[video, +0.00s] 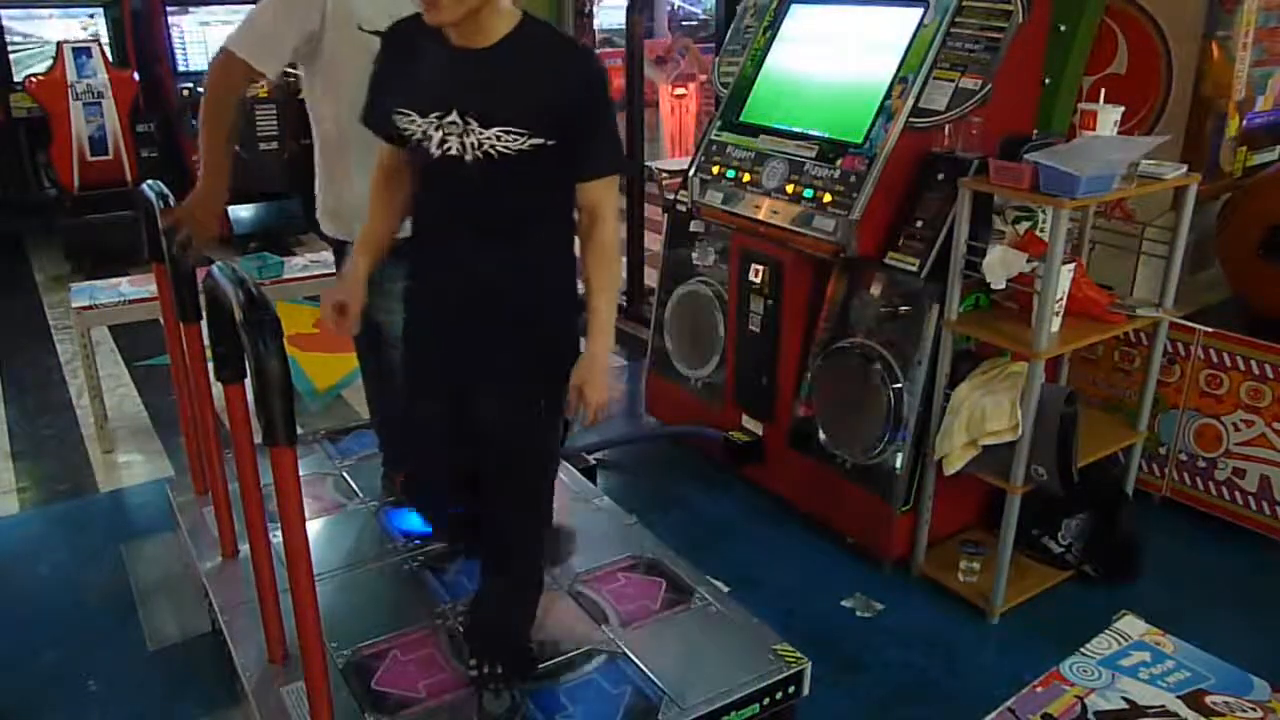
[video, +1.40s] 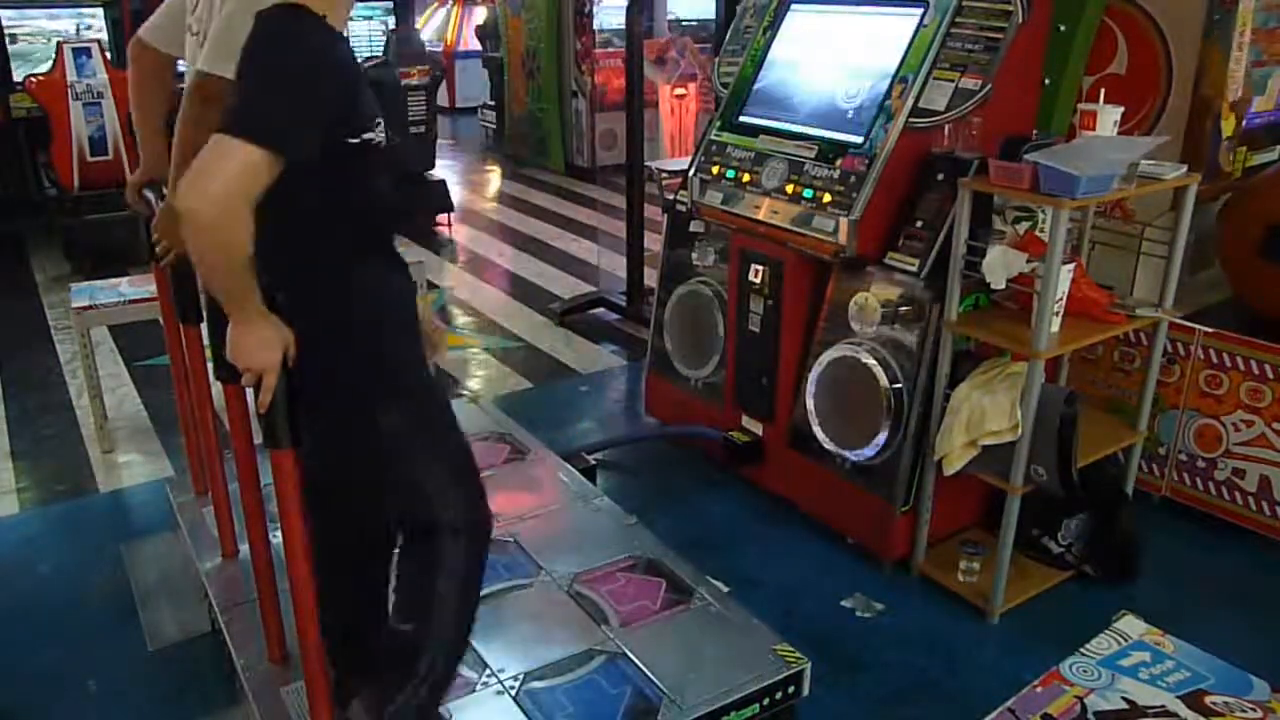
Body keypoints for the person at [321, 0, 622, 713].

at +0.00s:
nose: (425, 4)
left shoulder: (570, 70)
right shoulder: (408, 45)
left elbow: (599, 216)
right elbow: (395, 166)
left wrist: (600, 346)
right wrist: (357, 267)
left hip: (531, 325)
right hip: (436, 319)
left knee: (514, 505)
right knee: (436, 481)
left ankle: (501, 661)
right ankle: (529, 541)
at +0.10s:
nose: (413, 7)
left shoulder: (559, 69)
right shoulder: (388, 43)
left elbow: (590, 214)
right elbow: (366, 167)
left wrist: (588, 345)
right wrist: (323, 250)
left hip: (521, 327)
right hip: (423, 322)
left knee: (514, 497)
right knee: (428, 489)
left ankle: (506, 661)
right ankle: (455, 624)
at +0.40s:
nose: (359, 3)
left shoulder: (526, 63)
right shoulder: (322, 55)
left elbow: (554, 206)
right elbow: (270, 166)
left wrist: (571, 336)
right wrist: (266, 277)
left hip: (497, 340)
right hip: (389, 346)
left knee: (510, 523)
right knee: (398, 533)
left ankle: (501, 666)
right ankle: (395, 694)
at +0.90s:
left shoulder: (430, 41)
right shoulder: (227, 61)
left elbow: (467, 191)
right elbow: (151, 182)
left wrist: (509, 311)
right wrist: (240, 305)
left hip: (434, 334)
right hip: (336, 352)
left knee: (457, 497)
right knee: (375, 536)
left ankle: (424, 631)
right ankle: (392, 693)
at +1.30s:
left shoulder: (332, 51)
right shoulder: (283, 55)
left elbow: (354, 212)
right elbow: (170, 196)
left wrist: (440, 282)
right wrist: (240, 308)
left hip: (380, 349)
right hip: (350, 365)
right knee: (420, 547)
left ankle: (372, 695)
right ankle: (393, 704)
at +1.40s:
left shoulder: (314, 42)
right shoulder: (300, 44)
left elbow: (327, 212)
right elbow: (207, 199)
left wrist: (403, 307)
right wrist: (246, 314)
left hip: (335, 344)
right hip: (356, 351)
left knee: (353, 528)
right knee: (454, 521)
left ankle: (360, 683)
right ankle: (408, 701)